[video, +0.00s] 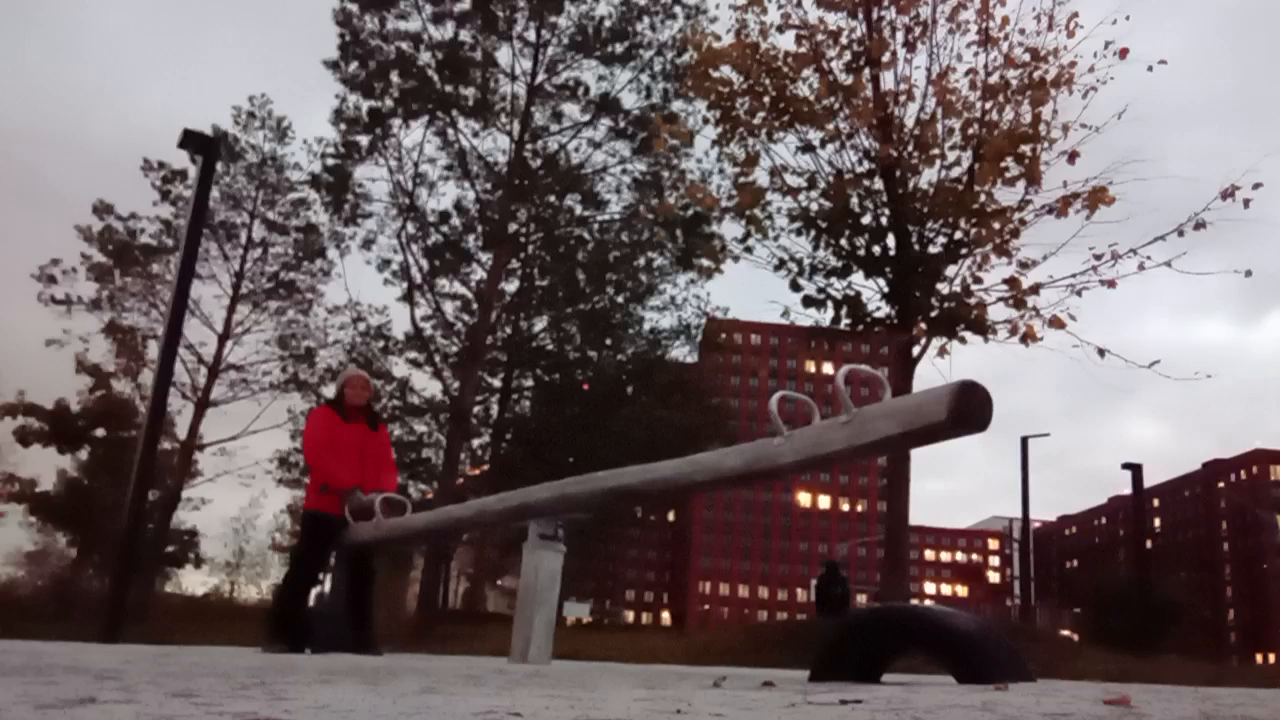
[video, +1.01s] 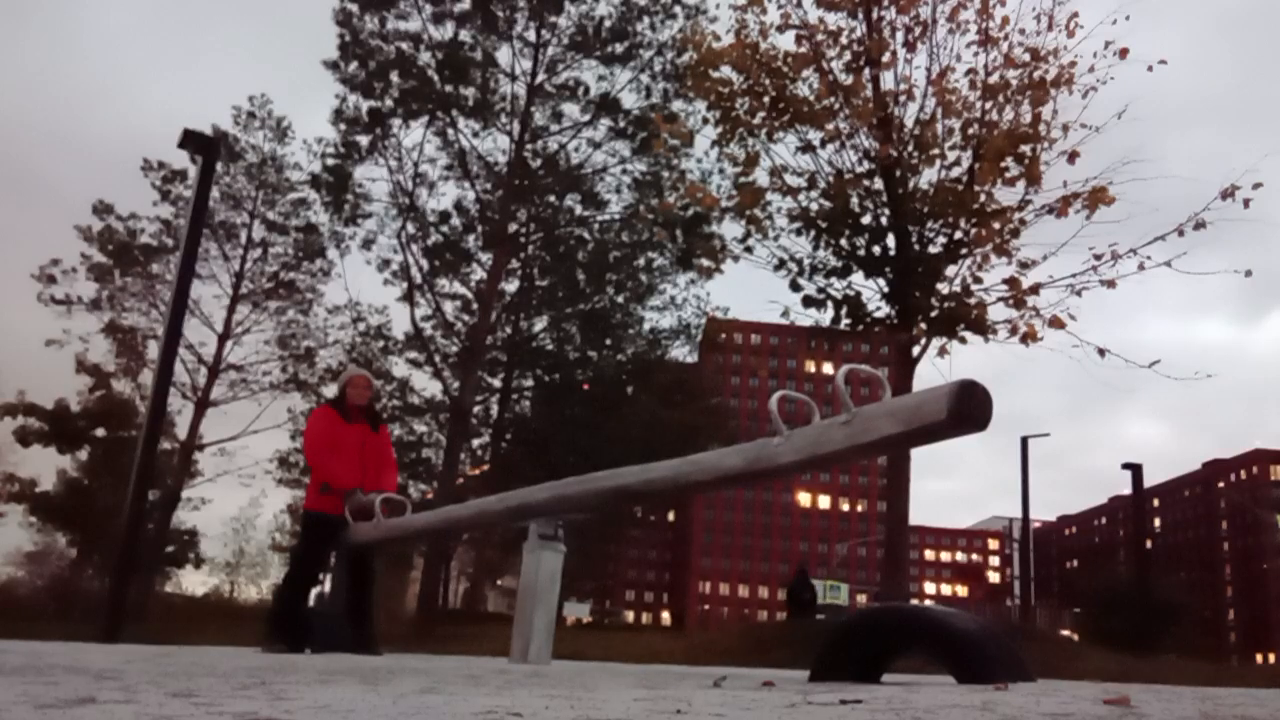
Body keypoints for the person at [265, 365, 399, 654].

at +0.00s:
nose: (359, 391)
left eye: (364, 387)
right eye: (353, 386)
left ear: (370, 394)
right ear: (342, 390)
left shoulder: (377, 427)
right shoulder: (322, 416)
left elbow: (387, 467)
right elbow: (316, 457)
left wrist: (385, 496)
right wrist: (345, 488)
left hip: (362, 515)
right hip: (323, 510)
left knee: (361, 578)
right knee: (304, 572)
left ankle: (361, 641)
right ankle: (282, 636)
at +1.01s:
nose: (362, 391)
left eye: (367, 387)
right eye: (356, 386)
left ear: (373, 393)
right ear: (344, 390)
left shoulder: (377, 427)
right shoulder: (324, 416)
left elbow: (388, 466)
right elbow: (316, 456)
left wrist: (384, 496)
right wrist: (346, 487)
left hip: (362, 514)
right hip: (323, 510)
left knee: (362, 578)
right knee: (305, 572)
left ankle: (362, 640)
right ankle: (282, 635)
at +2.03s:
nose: (379, 393)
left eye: (385, 388)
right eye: (373, 386)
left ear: (391, 394)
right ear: (362, 389)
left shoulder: (394, 431)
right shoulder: (340, 414)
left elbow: (399, 473)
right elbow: (322, 458)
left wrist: (386, 500)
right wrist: (347, 494)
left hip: (366, 518)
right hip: (327, 510)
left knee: (366, 580)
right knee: (309, 573)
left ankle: (362, 641)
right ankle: (284, 636)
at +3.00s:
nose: (375, 387)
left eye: (381, 382)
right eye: (370, 381)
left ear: (388, 388)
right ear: (358, 384)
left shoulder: (389, 424)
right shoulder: (336, 410)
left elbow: (394, 466)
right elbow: (319, 454)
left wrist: (378, 496)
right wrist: (345, 491)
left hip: (362, 515)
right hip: (323, 508)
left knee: (365, 580)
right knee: (305, 572)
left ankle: (363, 642)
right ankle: (282, 637)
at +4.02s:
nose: (357, 394)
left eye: (362, 389)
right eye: (351, 388)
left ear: (369, 395)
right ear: (340, 392)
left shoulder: (373, 429)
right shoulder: (319, 418)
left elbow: (382, 466)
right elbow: (315, 458)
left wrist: (380, 490)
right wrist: (345, 484)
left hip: (359, 513)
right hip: (321, 509)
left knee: (359, 578)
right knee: (302, 573)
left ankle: (359, 640)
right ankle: (282, 636)